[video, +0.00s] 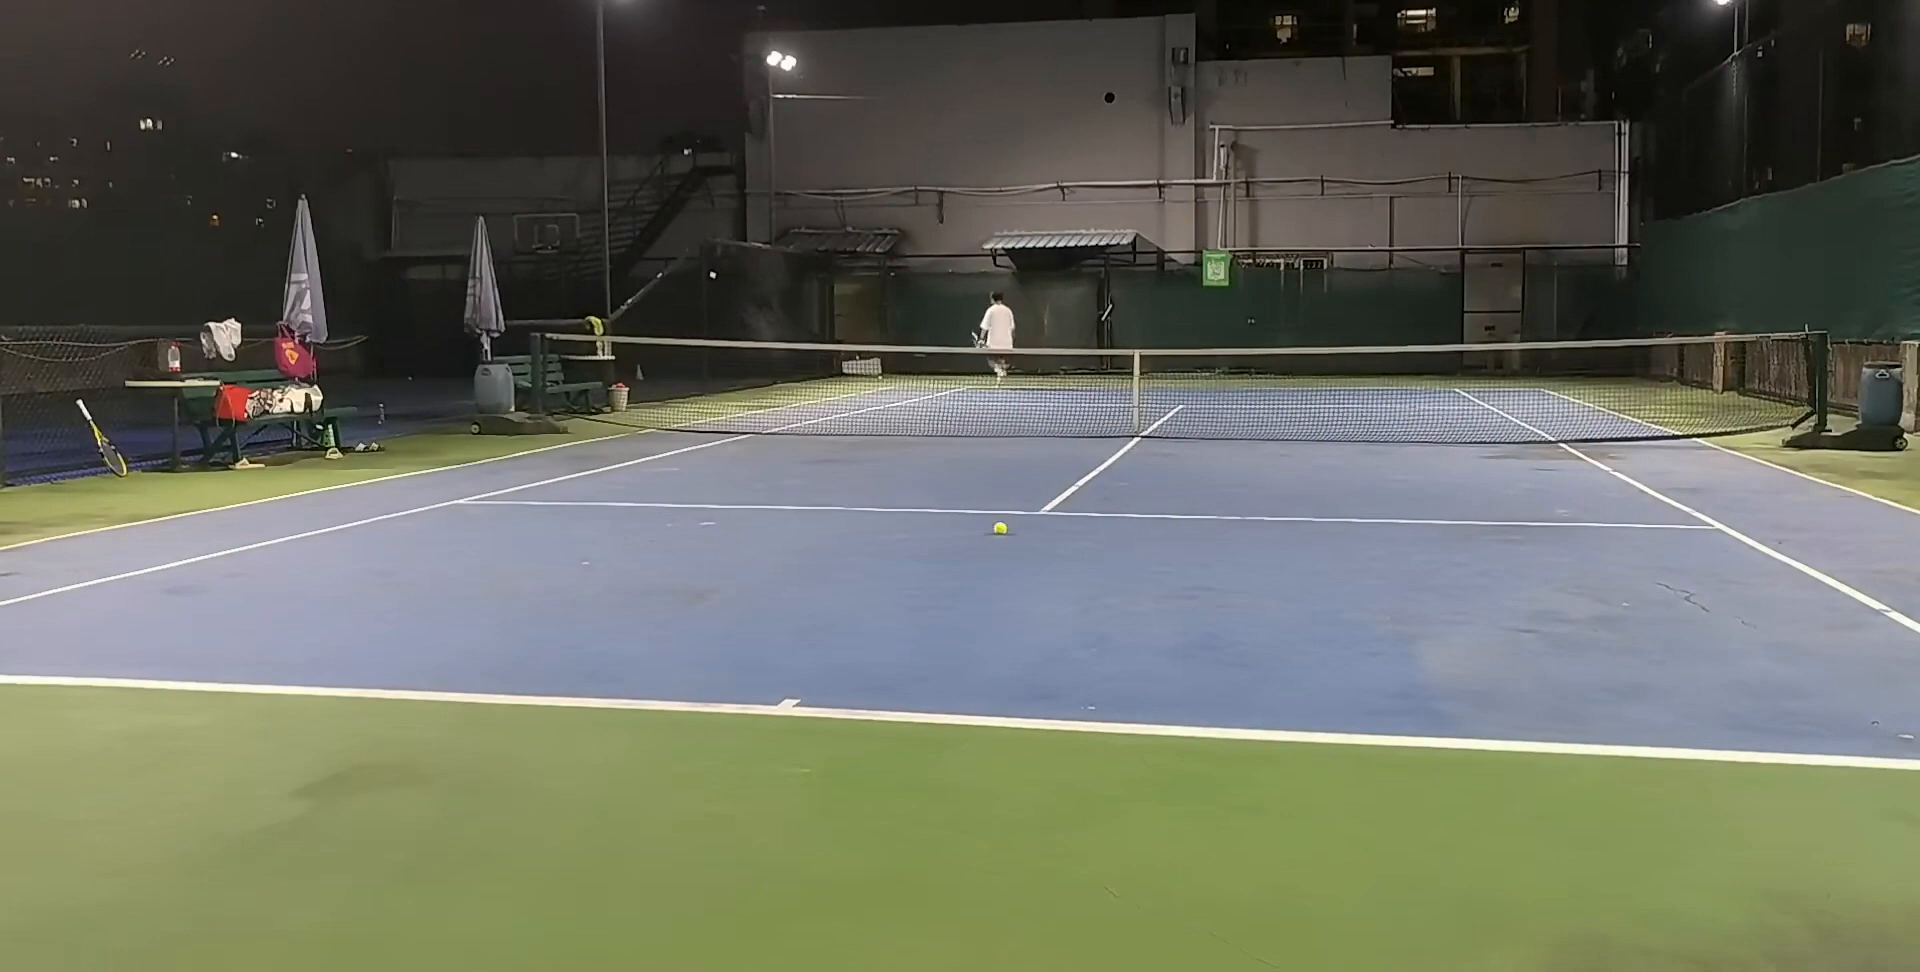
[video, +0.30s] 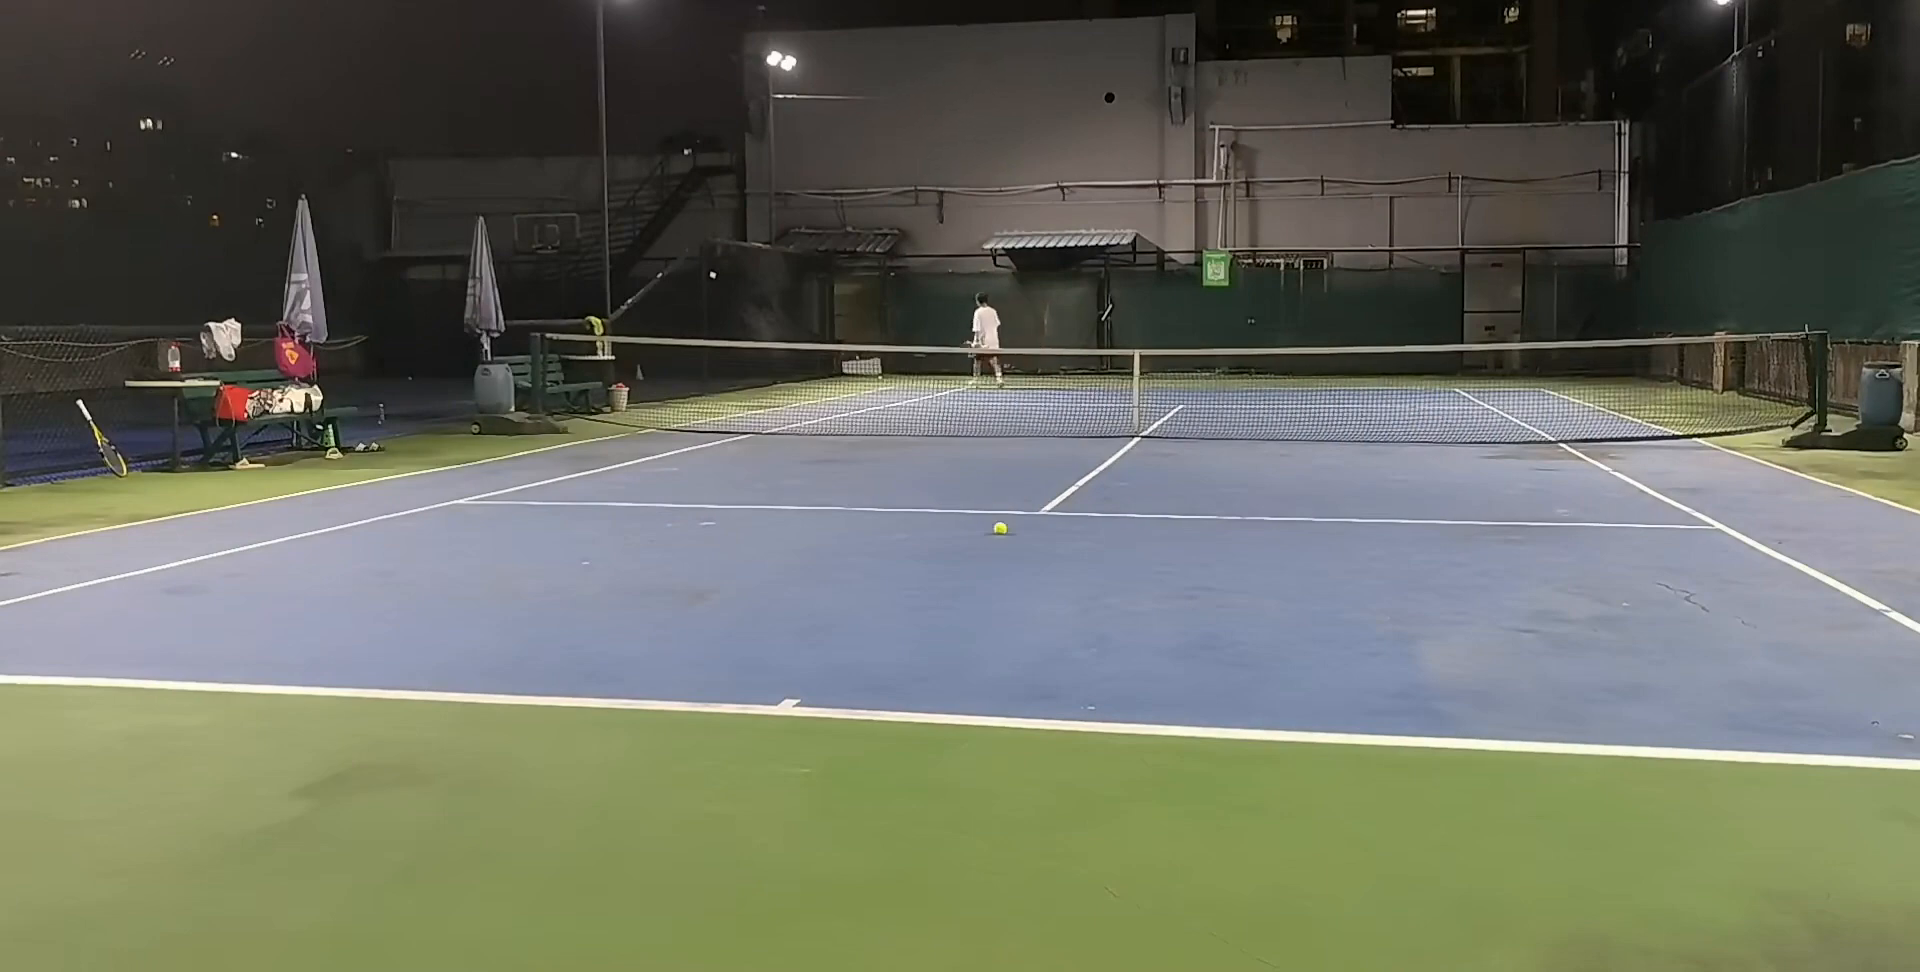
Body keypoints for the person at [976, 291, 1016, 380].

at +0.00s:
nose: (991, 301)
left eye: (991, 299)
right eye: (991, 299)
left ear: (992, 300)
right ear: (1001, 299)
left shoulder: (991, 310)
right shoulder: (1008, 310)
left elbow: (984, 327)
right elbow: (1012, 326)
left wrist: (981, 339)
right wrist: (1012, 336)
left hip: (993, 341)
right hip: (1007, 341)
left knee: (991, 357)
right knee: (1002, 357)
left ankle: (998, 370)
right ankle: (1003, 369)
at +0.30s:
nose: (976, 303)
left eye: (977, 301)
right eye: (977, 301)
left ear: (978, 302)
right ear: (986, 301)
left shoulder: (978, 312)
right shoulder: (993, 311)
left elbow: (977, 329)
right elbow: (998, 323)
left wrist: (975, 341)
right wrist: (992, 332)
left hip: (982, 342)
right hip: (994, 342)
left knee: (977, 361)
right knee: (994, 361)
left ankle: (976, 378)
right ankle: (999, 378)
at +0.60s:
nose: (965, 301)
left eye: (965, 299)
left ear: (965, 299)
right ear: (974, 299)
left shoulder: (964, 311)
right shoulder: (981, 311)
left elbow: (958, 327)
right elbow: (987, 326)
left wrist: (955, 339)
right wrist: (989, 339)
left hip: (968, 343)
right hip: (981, 343)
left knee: (972, 360)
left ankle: (973, 377)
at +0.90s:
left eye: (957, 300)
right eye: (963, 300)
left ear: (956, 300)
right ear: (966, 300)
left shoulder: (954, 312)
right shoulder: (970, 312)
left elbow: (946, 326)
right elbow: (975, 328)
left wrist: (945, 338)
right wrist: (975, 340)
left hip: (955, 342)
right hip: (968, 342)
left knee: (955, 360)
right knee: (964, 360)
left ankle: (963, 370)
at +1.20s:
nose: (944, 302)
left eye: (944, 300)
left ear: (944, 301)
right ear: (953, 300)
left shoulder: (943, 312)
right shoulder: (958, 311)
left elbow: (940, 328)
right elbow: (963, 323)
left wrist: (939, 339)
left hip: (946, 340)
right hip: (958, 340)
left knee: (943, 357)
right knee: (958, 358)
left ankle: (941, 374)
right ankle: (961, 374)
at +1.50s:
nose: (934, 300)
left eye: (934, 298)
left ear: (934, 299)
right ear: (942, 298)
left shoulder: (931, 310)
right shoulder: (948, 309)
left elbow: (924, 324)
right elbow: (952, 323)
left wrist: (920, 333)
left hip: (935, 339)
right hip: (947, 339)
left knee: (937, 356)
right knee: (943, 356)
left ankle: (940, 374)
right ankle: (943, 373)